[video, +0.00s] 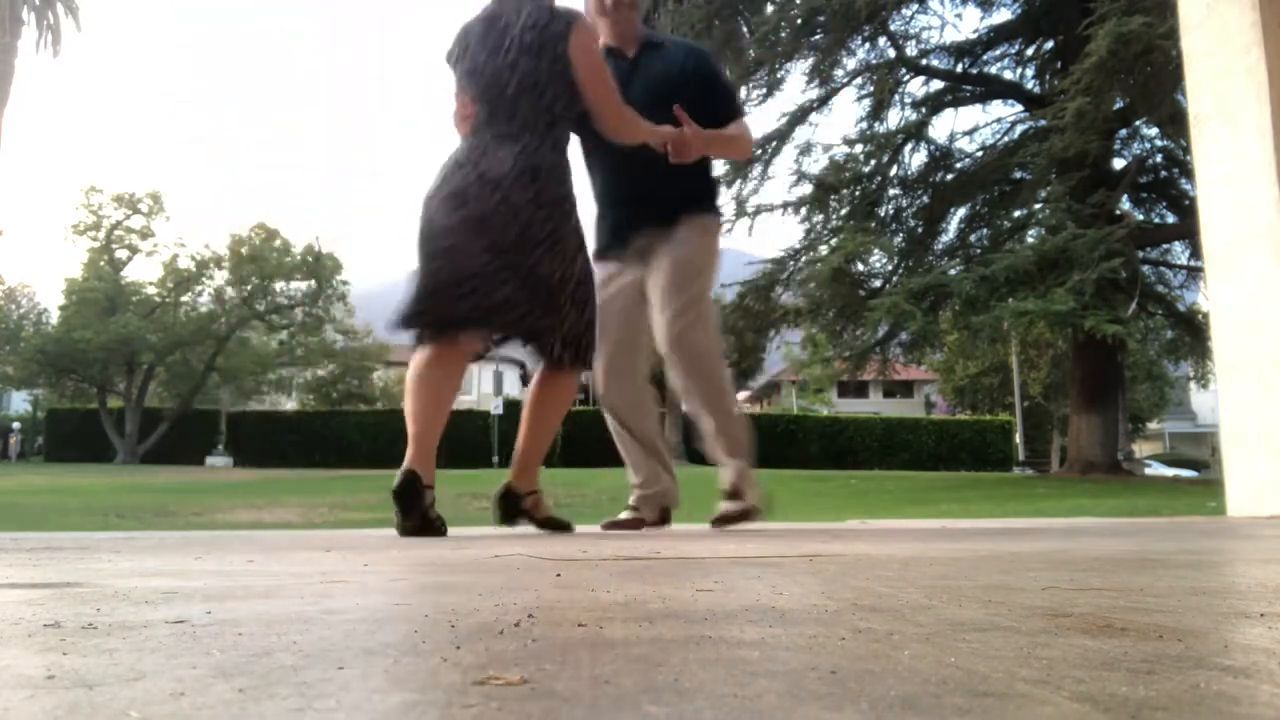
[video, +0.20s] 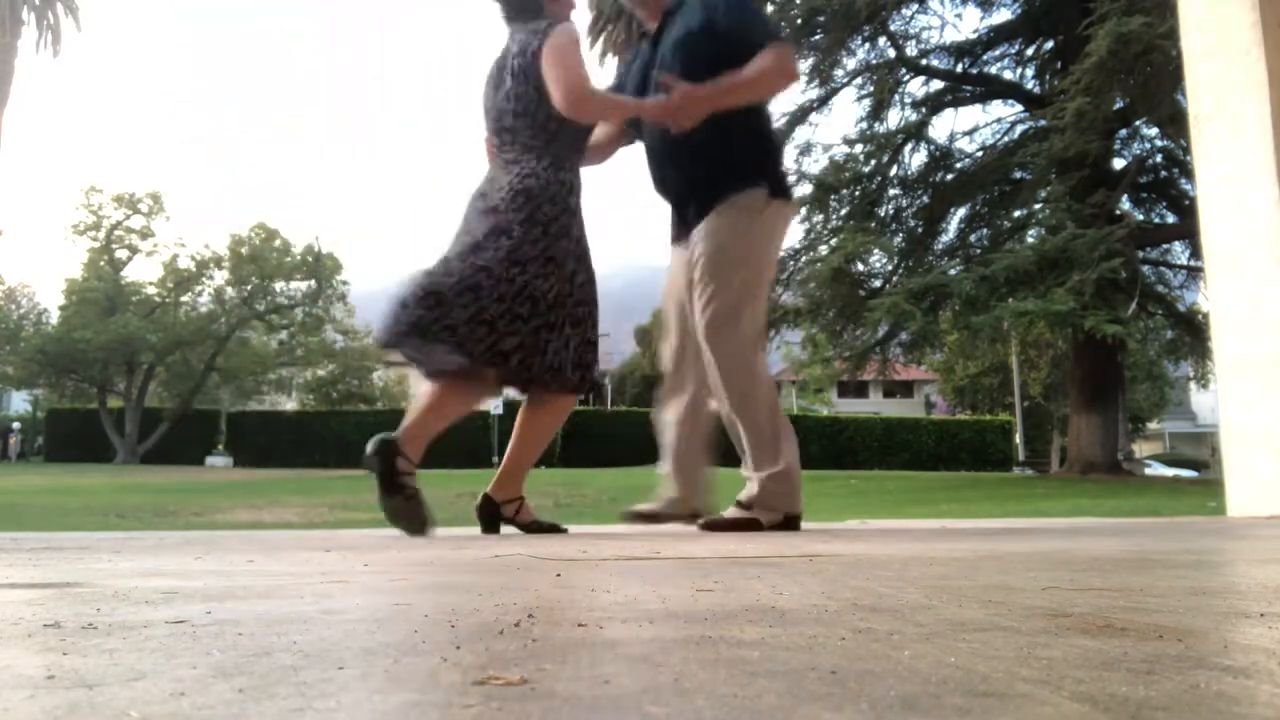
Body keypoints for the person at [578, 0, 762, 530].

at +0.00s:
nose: (608, 3)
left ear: (637, 4)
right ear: (586, 8)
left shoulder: (686, 61)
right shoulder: (578, 71)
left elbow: (741, 143)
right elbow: (535, 117)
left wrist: (705, 142)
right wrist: (477, 114)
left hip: (684, 227)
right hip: (616, 241)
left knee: (680, 336)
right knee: (615, 376)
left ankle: (739, 481)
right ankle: (652, 496)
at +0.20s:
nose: (628, 4)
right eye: (625, 3)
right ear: (629, 9)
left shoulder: (714, 9)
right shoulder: (636, 62)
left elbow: (782, 67)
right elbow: (600, 143)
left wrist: (705, 97)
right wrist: (521, 148)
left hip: (745, 199)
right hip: (691, 217)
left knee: (726, 336)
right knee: (681, 352)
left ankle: (775, 498)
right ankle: (685, 495)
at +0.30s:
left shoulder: (708, 4)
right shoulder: (658, 47)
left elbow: (779, 38)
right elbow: (640, 137)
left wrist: (686, 85)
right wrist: (579, 161)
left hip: (755, 181)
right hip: (718, 195)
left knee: (742, 330)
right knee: (706, 337)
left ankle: (773, 495)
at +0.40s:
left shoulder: (694, 4)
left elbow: (751, 30)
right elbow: (716, 123)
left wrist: (667, 97)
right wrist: (649, 166)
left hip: (747, 174)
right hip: (793, 171)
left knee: (738, 334)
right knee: (769, 331)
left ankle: (773, 497)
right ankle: (859, 437)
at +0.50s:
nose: (650, 36)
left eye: (650, 27)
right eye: (649, 34)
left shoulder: (686, 2)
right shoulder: (758, 12)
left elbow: (709, 44)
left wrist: (644, 125)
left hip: (743, 167)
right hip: (818, 162)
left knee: (730, 332)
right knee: (815, 321)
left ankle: (771, 495)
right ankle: (861, 451)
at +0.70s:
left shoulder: (656, 4)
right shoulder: (806, 4)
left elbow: (642, 88)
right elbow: (819, 73)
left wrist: (643, 169)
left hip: (721, 150)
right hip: (817, 137)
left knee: (699, 320)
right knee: (829, 321)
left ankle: (733, 474)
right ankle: (859, 493)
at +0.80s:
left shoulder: (637, 5)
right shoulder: (803, 2)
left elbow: (626, 117)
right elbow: (834, 75)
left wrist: (653, 186)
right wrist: (833, 155)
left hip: (697, 150)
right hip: (799, 136)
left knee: (690, 319)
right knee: (821, 318)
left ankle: (681, 470)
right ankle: (840, 494)